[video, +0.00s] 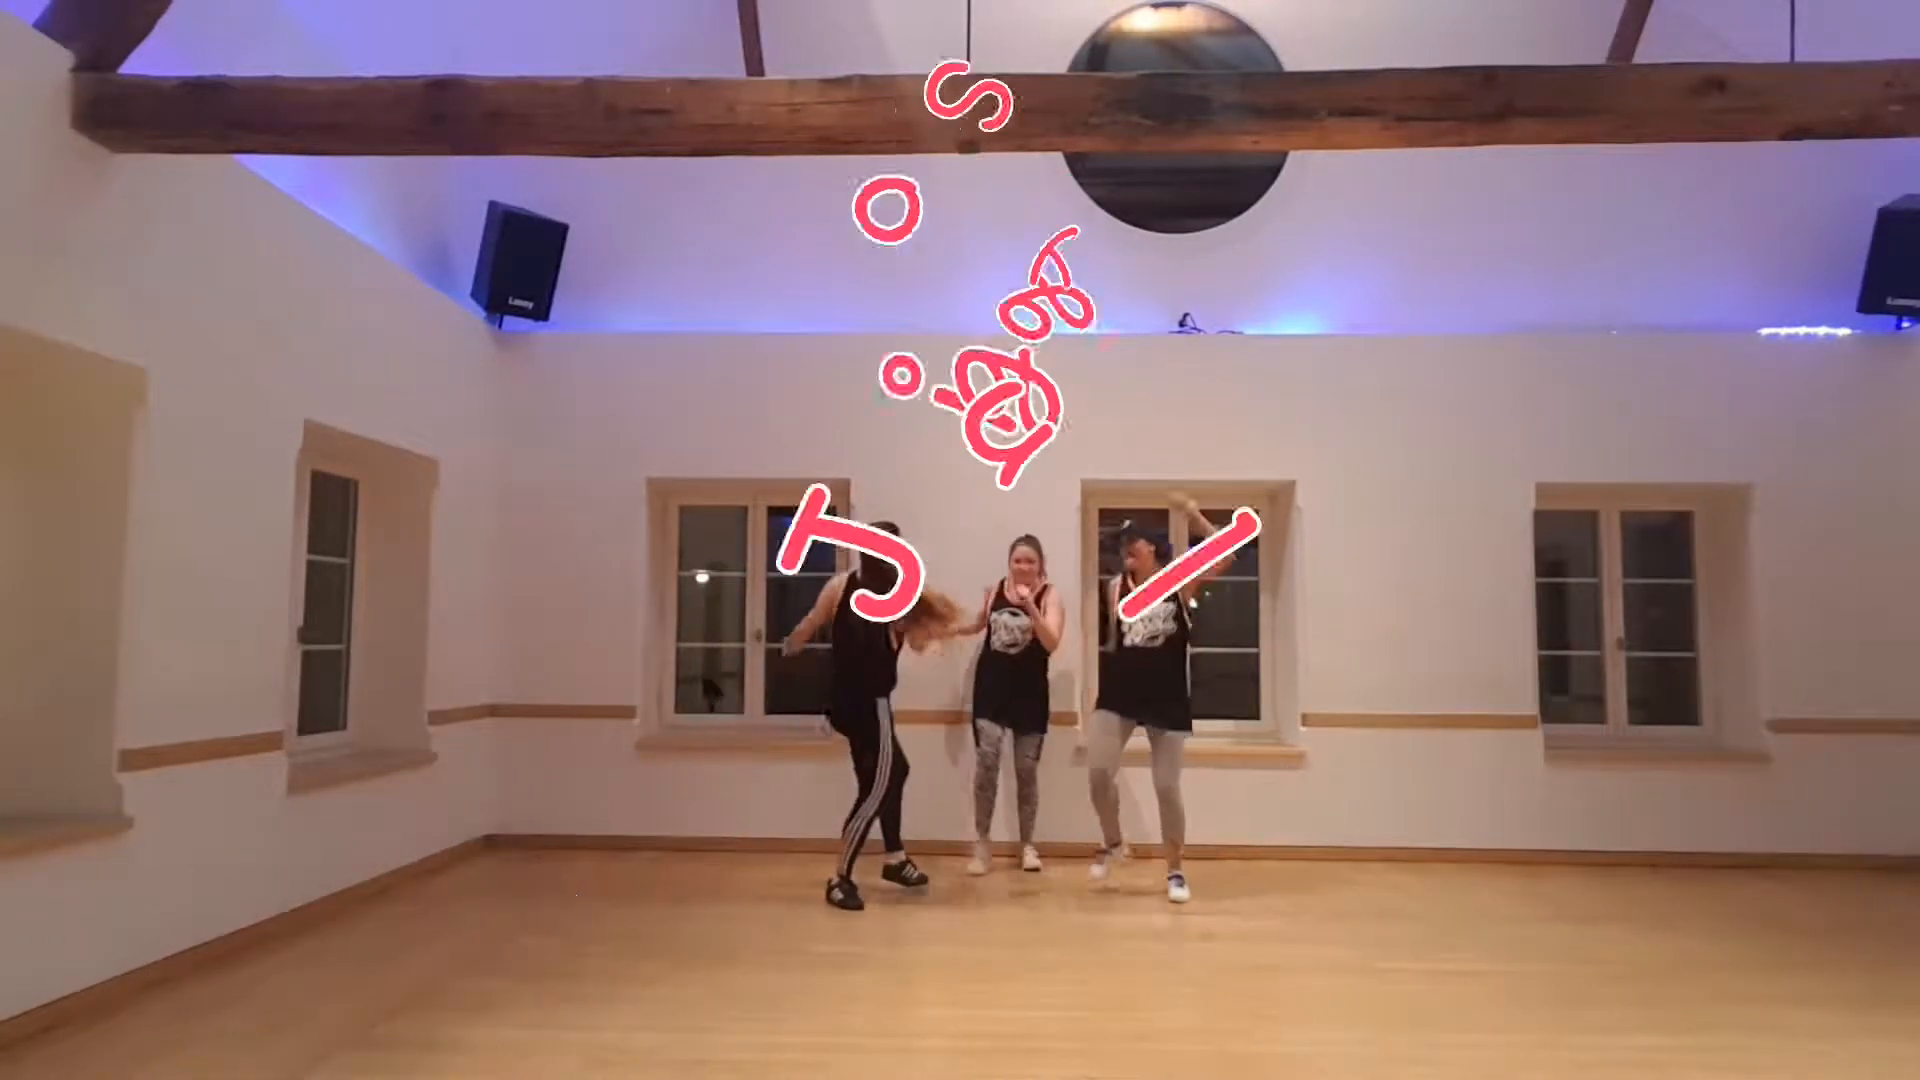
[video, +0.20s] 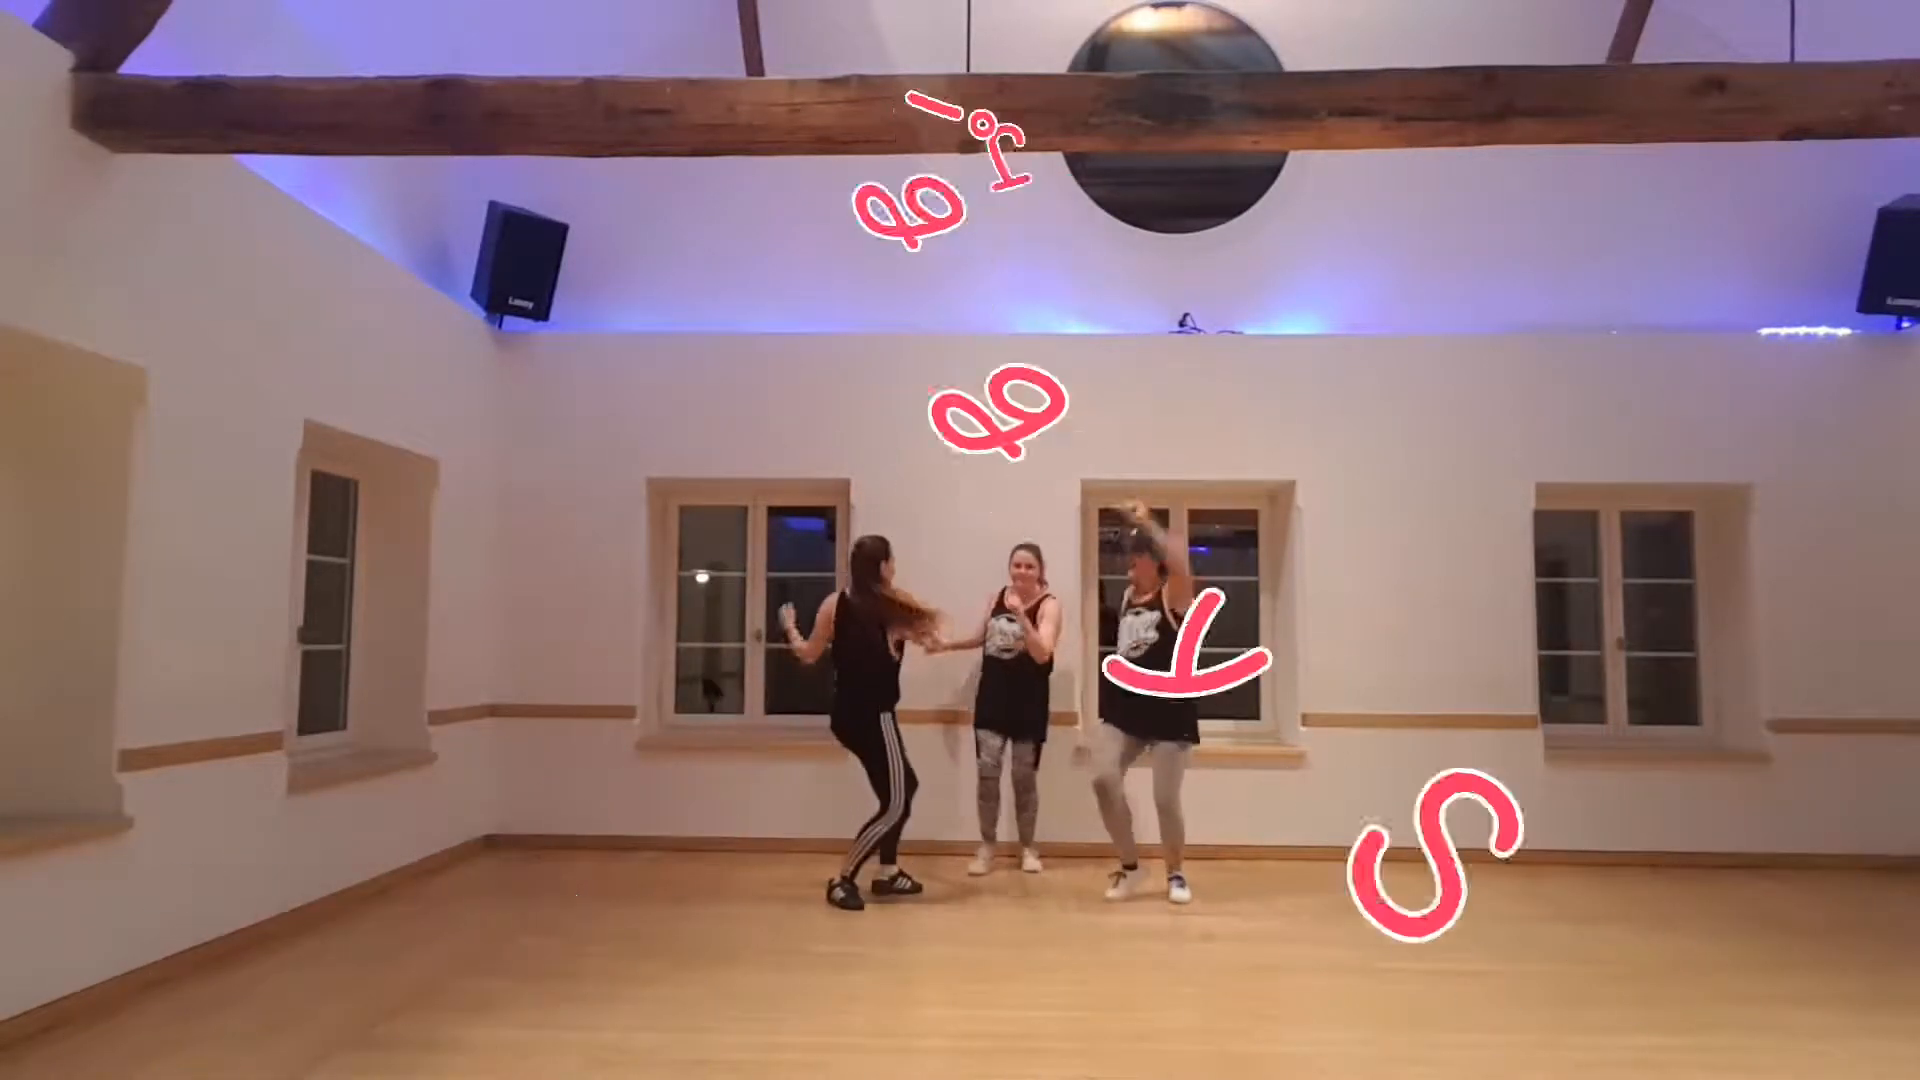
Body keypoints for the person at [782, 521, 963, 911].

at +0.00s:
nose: (892, 558)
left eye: (887, 549)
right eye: (893, 550)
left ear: (862, 552)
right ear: (896, 555)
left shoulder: (840, 584)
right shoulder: (896, 593)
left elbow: (810, 624)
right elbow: (922, 634)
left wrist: (791, 645)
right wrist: (968, 627)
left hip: (847, 698)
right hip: (873, 701)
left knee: (896, 771)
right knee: (876, 789)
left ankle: (896, 859)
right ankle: (841, 878)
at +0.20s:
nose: (894, 567)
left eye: (892, 560)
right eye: (891, 561)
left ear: (855, 564)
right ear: (883, 566)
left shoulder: (835, 604)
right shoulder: (894, 608)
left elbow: (808, 654)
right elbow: (933, 640)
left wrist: (789, 628)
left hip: (846, 712)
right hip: (874, 714)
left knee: (905, 784)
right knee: (895, 802)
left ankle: (888, 873)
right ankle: (844, 880)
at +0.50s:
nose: (891, 549)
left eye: (887, 543)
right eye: (887, 544)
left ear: (854, 549)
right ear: (880, 550)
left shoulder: (839, 588)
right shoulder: (887, 588)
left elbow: (813, 633)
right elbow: (916, 635)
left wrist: (796, 654)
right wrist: (944, 673)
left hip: (864, 698)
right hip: (858, 699)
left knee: (896, 775)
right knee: (868, 787)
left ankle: (891, 864)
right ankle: (838, 879)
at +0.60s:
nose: (891, 550)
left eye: (888, 543)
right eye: (888, 544)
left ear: (858, 549)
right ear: (879, 550)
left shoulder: (848, 585)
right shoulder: (881, 588)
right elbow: (906, 635)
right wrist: (945, 673)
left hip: (848, 690)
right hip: (856, 693)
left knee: (893, 775)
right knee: (863, 788)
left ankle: (887, 867)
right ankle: (838, 879)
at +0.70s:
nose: (894, 559)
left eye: (892, 553)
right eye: (891, 553)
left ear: (865, 557)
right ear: (882, 558)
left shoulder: (877, 596)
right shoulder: (864, 596)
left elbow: (907, 637)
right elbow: (883, 634)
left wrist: (904, 641)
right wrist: (908, 648)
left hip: (861, 700)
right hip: (846, 701)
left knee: (897, 782)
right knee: (869, 792)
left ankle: (884, 870)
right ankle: (838, 880)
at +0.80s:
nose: (898, 571)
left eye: (895, 565)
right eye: (894, 565)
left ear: (869, 572)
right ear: (884, 573)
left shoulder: (875, 615)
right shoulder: (864, 618)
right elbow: (841, 628)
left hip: (861, 713)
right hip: (841, 714)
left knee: (910, 788)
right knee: (872, 800)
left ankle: (886, 874)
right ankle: (839, 881)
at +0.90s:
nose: (898, 575)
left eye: (896, 569)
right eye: (894, 569)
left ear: (875, 574)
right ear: (882, 574)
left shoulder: (882, 610)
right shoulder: (850, 615)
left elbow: (863, 650)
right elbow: (817, 641)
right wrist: (797, 647)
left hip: (867, 716)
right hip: (838, 715)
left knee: (917, 792)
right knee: (868, 802)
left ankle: (885, 874)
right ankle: (839, 881)